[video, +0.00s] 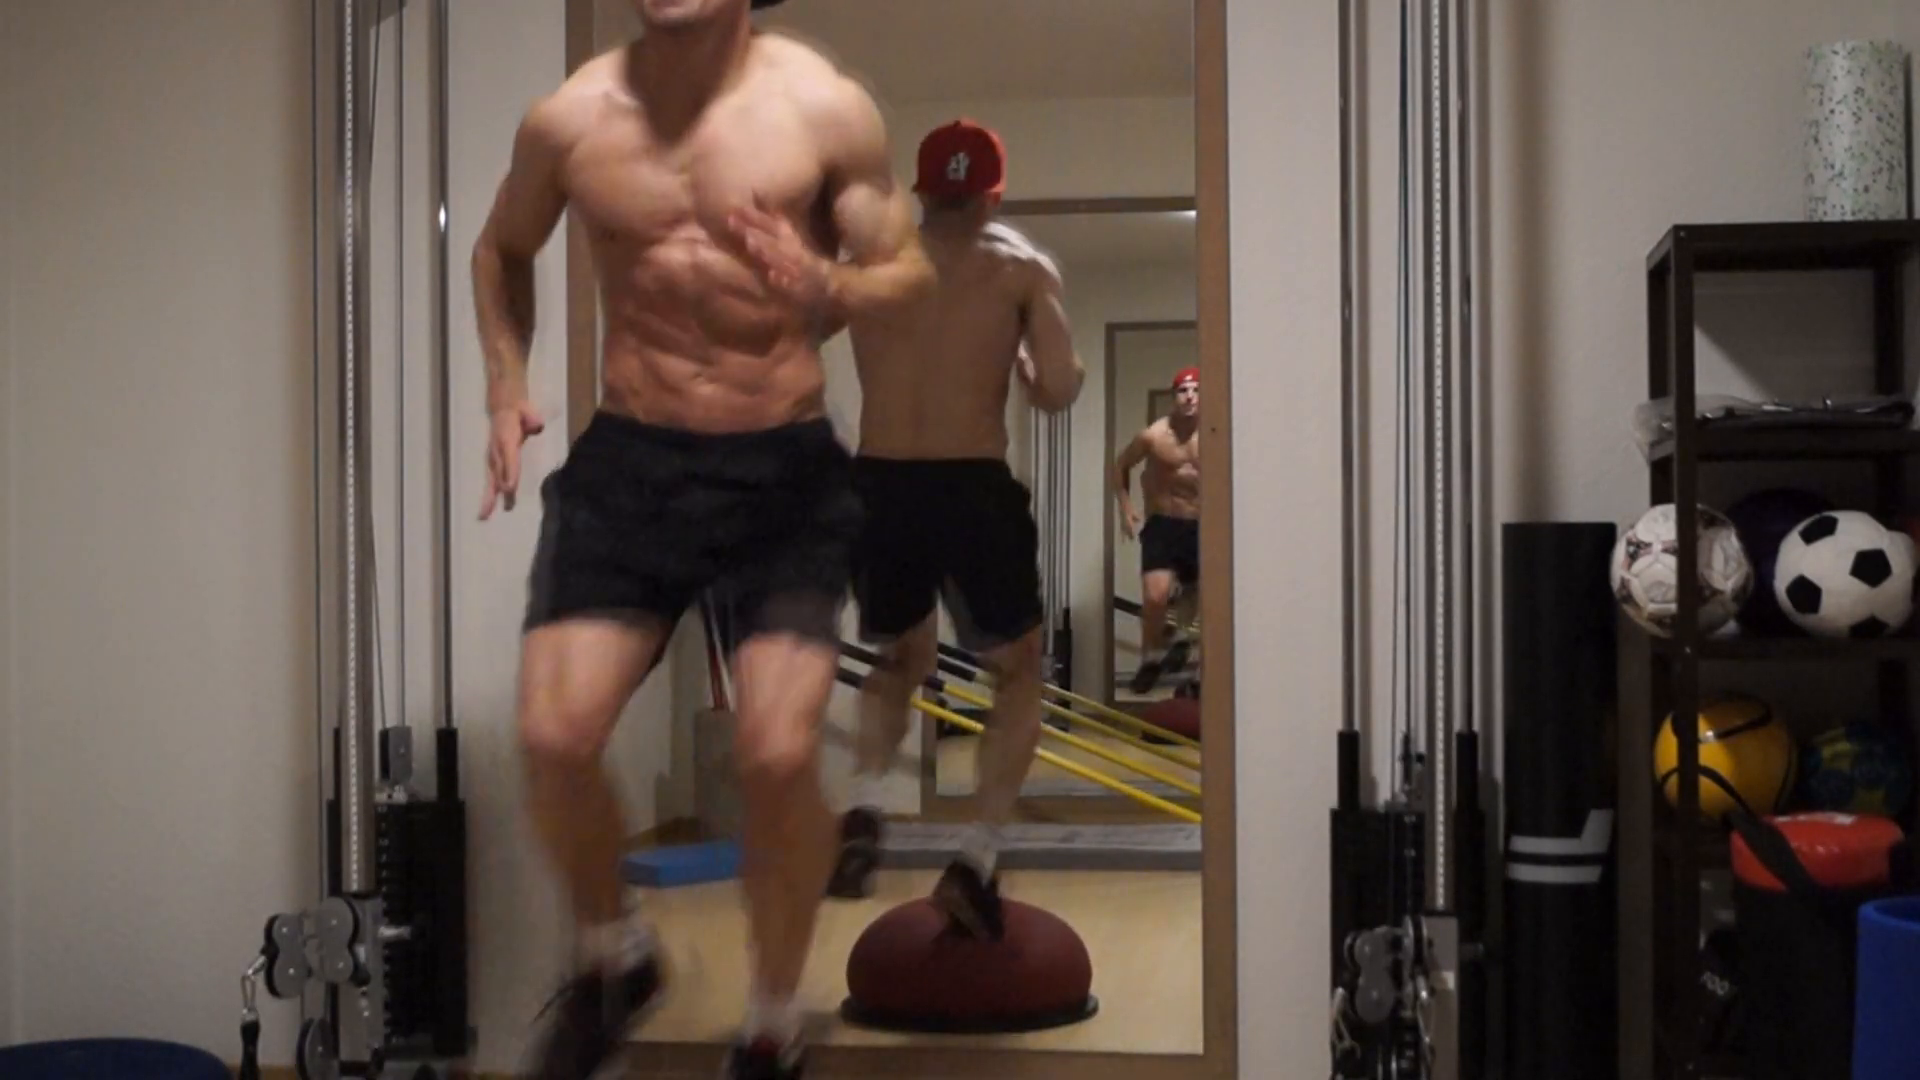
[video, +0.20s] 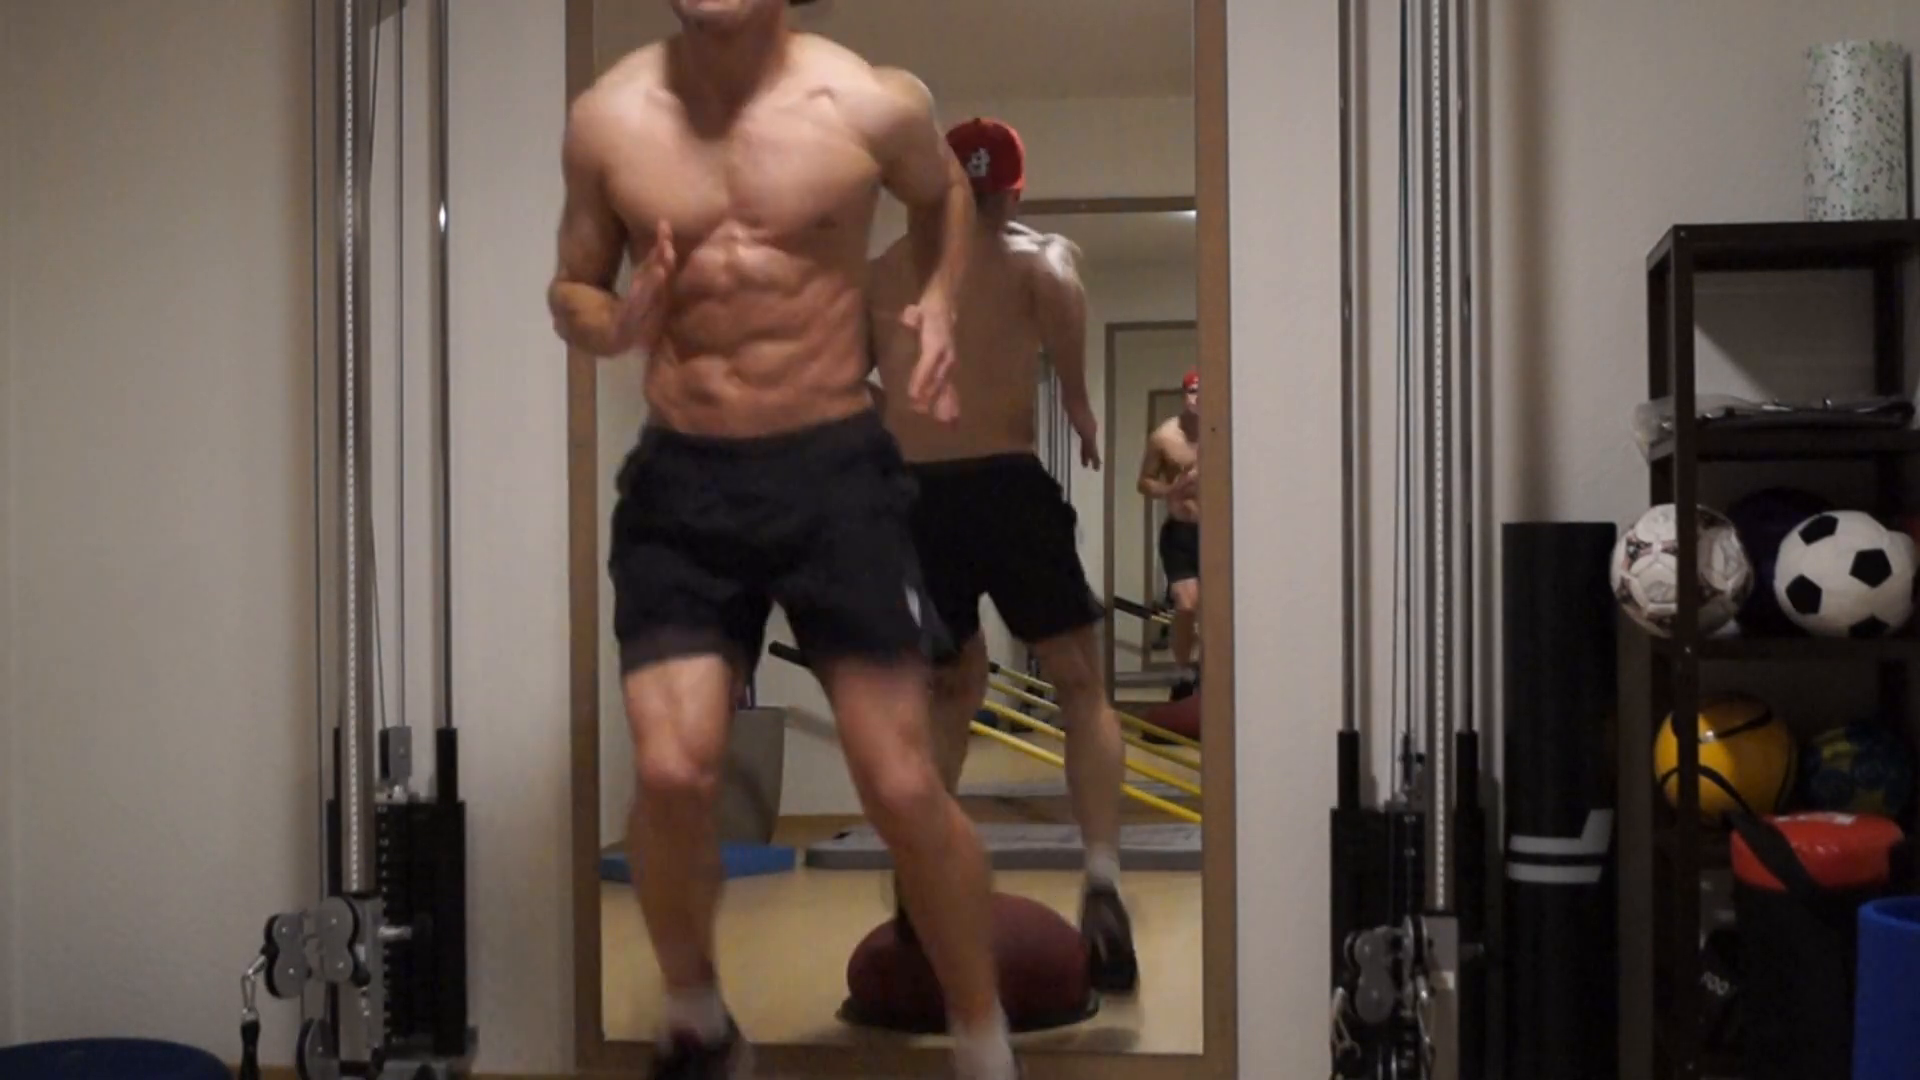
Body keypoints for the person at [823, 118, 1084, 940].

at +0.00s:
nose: (983, 205)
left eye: (967, 194)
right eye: (986, 194)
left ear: (919, 188)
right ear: (996, 192)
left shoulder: (875, 258)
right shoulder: (1024, 266)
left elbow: (805, 331)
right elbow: (1058, 385)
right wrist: (1021, 365)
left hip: (882, 489)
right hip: (977, 494)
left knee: (900, 658)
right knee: (1019, 675)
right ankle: (978, 853)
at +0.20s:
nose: (1016, 202)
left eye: (994, 185)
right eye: (1018, 189)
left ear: (941, 183)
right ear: (1015, 189)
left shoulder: (884, 268)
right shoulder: (1043, 264)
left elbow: (847, 372)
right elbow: (1072, 383)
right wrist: (1090, 440)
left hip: (915, 500)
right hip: (1013, 496)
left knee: (955, 684)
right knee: (1081, 693)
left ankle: (913, 864)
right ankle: (1102, 879)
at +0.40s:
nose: (1010, 231)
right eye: (1022, 217)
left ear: (952, 214)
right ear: (1027, 220)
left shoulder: (915, 291)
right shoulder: (1058, 302)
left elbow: (856, 388)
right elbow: (1108, 421)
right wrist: (1053, 428)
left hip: (926, 527)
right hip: (1027, 528)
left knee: (933, 758)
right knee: (1075, 752)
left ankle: (948, 945)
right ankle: (1106, 949)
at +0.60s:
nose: (998, 169)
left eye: (980, 155)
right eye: (1000, 157)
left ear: (929, 155)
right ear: (1000, 161)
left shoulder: (872, 233)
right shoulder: (1028, 232)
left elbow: (816, 314)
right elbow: (1061, 294)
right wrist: (1058, 379)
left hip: (884, 450)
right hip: (984, 449)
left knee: (899, 643)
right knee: (1007, 636)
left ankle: (906, 811)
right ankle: (993, 811)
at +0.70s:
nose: (953, 178)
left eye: (944, 164)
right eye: (962, 164)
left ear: (908, 155)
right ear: (985, 160)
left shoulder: (863, 220)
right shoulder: (1015, 242)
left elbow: (792, 278)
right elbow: (1052, 365)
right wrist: (999, 366)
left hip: (862, 463)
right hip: (963, 474)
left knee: (846, 650)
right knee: (958, 677)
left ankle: (813, 820)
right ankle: (951, 881)